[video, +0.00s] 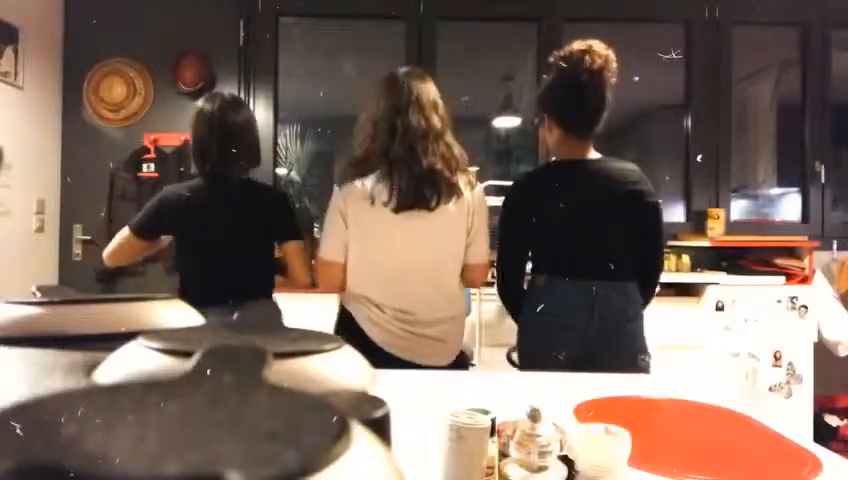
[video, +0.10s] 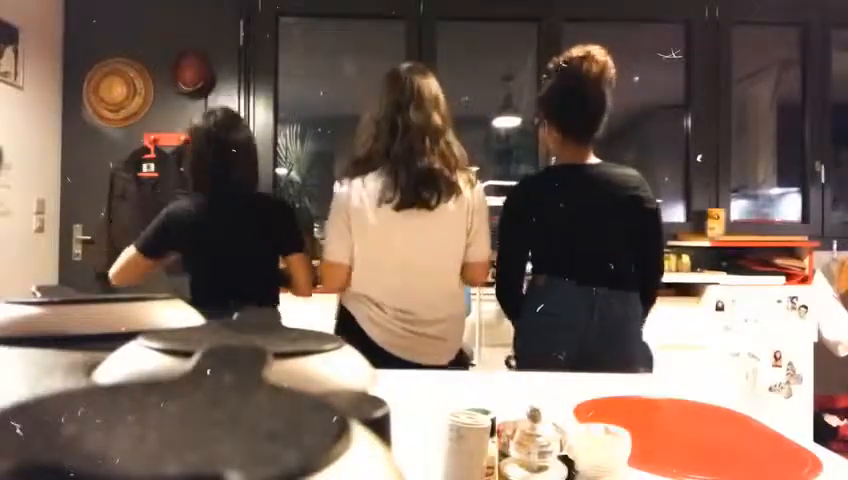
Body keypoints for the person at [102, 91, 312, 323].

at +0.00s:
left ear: (196, 144)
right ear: (250, 142)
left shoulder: (176, 200)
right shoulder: (272, 200)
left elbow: (112, 257)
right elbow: (302, 278)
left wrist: (163, 242)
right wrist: (264, 260)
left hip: (197, 331)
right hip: (262, 331)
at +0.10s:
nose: (184, 165)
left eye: (188, 155)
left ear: (196, 162)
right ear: (249, 158)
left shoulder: (183, 215)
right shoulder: (276, 211)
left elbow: (120, 276)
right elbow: (304, 287)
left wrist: (171, 259)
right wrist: (271, 270)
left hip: (205, 342)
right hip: (266, 342)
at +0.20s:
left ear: (198, 157)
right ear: (256, 155)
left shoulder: (185, 210)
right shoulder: (277, 210)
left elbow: (122, 276)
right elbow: (302, 287)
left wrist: (169, 256)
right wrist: (270, 268)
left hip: (204, 339)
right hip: (264, 338)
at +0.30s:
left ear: (198, 152)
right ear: (256, 149)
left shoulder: (180, 202)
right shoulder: (279, 202)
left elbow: (119, 263)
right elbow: (300, 281)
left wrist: (172, 249)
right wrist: (267, 264)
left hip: (197, 325)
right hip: (262, 326)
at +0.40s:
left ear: (198, 158)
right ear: (253, 153)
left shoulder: (184, 208)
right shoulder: (278, 204)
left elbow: (117, 268)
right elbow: (303, 281)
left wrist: (170, 257)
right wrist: (270, 264)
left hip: (196, 331)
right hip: (261, 332)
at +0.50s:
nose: (260, 148)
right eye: (256, 143)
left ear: (198, 153)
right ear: (253, 149)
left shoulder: (181, 203)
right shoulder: (277, 202)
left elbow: (117, 264)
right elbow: (303, 279)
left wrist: (169, 252)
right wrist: (270, 262)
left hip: (194, 330)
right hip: (258, 332)